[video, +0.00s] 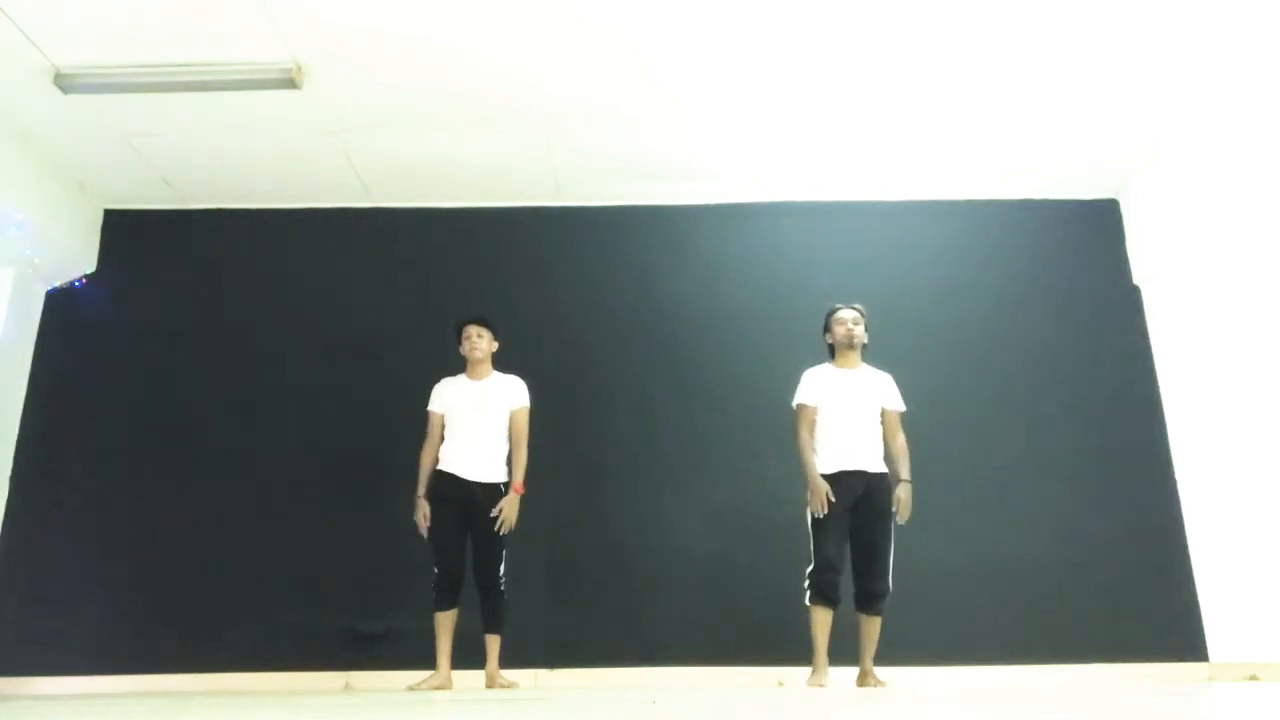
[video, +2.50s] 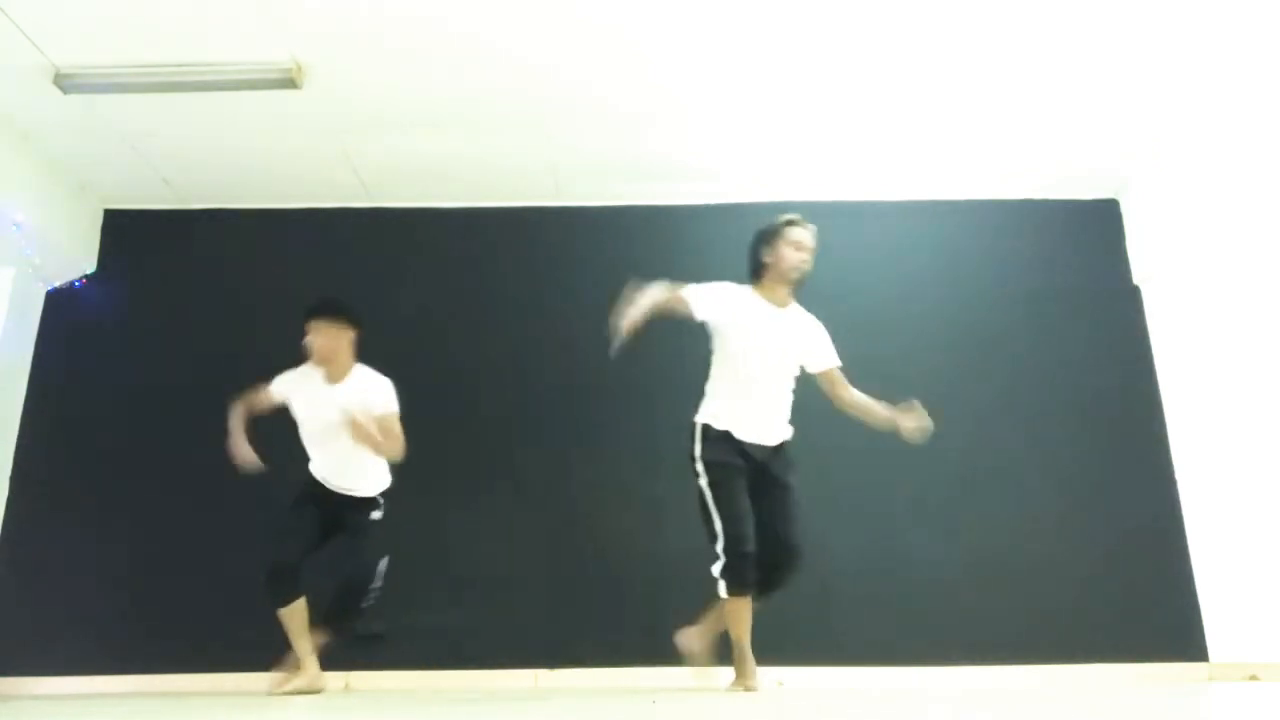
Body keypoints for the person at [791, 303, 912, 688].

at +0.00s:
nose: (851, 327)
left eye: (857, 322)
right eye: (842, 322)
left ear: (866, 333)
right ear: (828, 334)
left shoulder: (882, 380)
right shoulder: (815, 377)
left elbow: (895, 436)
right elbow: (804, 433)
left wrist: (904, 480)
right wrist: (813, 479)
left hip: (876, 484)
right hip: (830, 483)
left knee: (875, 576)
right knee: (826, 573)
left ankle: (867, 670)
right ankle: (820, 667)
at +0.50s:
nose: (841, 326)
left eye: (848, 321)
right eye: (833, 322)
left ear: (858, 332)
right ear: (821, 335)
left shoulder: (875, 380)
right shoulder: (808, 376)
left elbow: (888, 435)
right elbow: (799, 431)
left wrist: (894, 480)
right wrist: (806, 478)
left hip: (870, 484)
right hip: (824, 483)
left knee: (871, 576)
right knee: (822, 573)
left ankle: (866, 670)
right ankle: (817, 669)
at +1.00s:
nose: (800, 324)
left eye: (807, 317)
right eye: (793, 319)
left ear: (825, 326)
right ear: (787, 330)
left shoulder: (843, 362)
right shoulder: (784, 372)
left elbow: (837, 359)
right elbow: (789, 431)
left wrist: (804, 356)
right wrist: (781, 485)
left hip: (843, 477)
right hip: (797, 480)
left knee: (859, 573)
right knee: (784, 564)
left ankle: (865, 669)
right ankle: (799, 661)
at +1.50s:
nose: (742, 308)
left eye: (751, 301)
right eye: (741, 302)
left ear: (773, 312)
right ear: (743, 312)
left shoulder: (764, 346)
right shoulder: (756, 346)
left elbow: (744, 376)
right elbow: (739, 334)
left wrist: (721, 379)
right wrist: (719, 321)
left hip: (747, 461)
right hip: (751, 462)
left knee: (709, 551)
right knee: (757, 565)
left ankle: (673, 645)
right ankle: (797, 666)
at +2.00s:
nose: (649, 318)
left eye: (656, 308)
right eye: (640, 315)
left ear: (676, 313)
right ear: (635, 328)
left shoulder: (713, 344)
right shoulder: (644, 386)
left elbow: (764, 297)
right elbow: (646, 442)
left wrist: (725, 311)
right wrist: (591, 446)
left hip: (736, 473)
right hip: (684, 478)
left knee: (693, 564)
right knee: (630, 553)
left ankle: (657, 665)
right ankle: (605, 650)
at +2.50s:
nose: (803, 257)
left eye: (808, 251)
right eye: (794, 246)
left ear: (810, 261)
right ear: (767, 252)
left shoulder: (807, 328)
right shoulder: (729, 299)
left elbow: (841, 392)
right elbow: (661, 294)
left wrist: (894, 417)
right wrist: (632, 314)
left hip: (771, 447)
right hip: (720, 438)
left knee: (781, 555)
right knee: (739, 546)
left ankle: (699, 634)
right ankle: (744, 666)